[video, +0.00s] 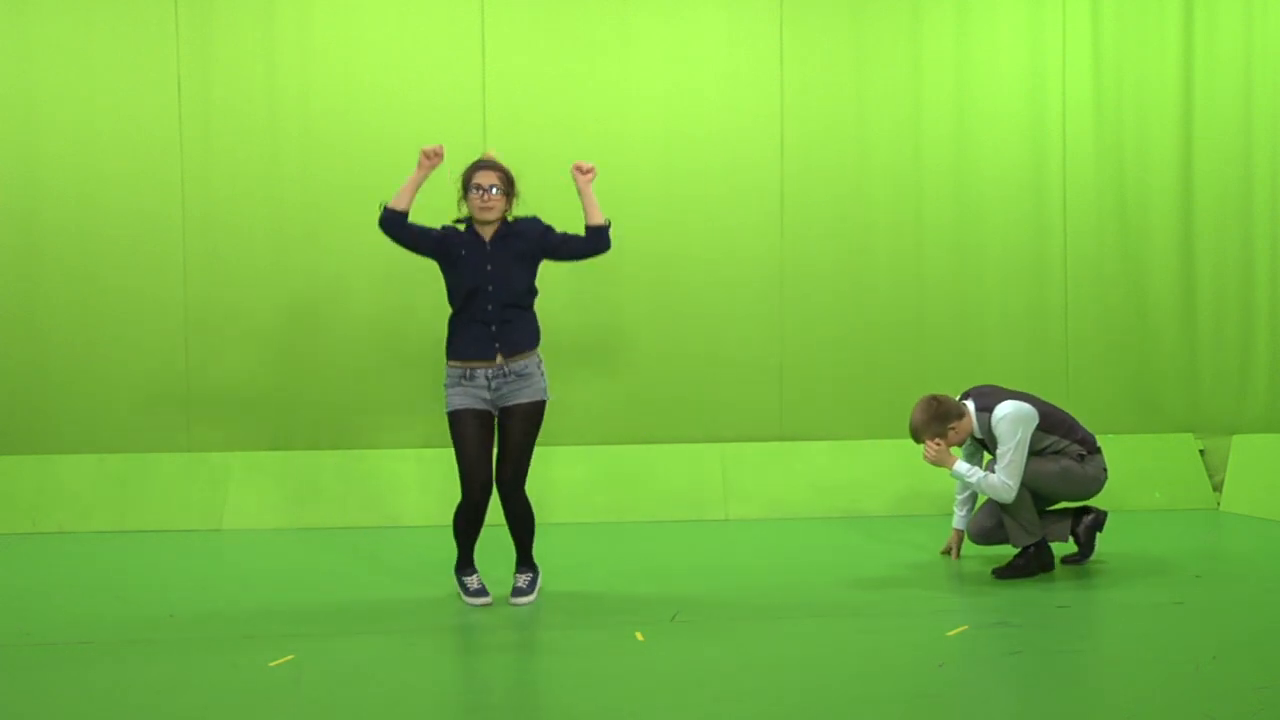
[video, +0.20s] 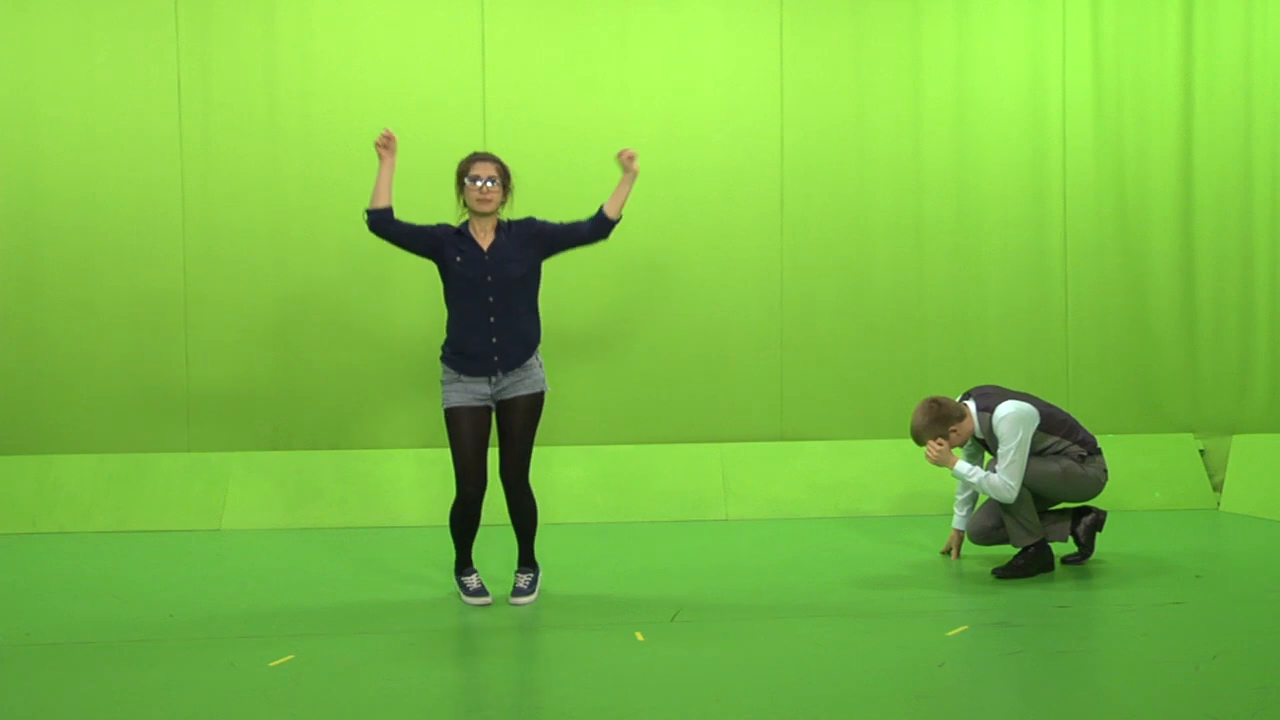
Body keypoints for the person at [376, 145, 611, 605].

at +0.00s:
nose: (485, 195)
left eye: (494, 189)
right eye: (477, 189)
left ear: (508, 198)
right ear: (465, 198)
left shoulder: (529, 237)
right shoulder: (448, 244)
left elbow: (596, 243)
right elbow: (391, 223)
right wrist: (421, 172)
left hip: (523, 375)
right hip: (466, 379)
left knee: (510, 483)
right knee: (477, 488)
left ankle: (525, 567)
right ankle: (466, 567)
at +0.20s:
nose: (484, 187)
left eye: (492, 181)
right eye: (475, 181)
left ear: (505, 191)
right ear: (462, 191)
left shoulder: (529, 235)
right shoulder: (444, 241)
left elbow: (597, 228)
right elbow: (379, 223)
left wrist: (629, 178)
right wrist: (386, 160)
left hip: (521, 374)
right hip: (463, 378)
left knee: (515, 477)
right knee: (471, 485)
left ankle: (527, 567)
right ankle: (465, 568)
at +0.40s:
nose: (479, 159)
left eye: (488, 153)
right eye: (470, 152)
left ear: (499, 162)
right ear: (455, 161)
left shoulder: (520, 197)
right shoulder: (437, 207)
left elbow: (592, 200)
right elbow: (383, 172)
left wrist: (635, 156)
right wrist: (352, 117)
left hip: (515, 340)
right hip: (456, 344)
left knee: (514, 452)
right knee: (466, 458)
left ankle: (532, 551)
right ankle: (458, 561)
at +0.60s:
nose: (473, 209)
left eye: (480, 203)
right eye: (463, 203)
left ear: (492, 212)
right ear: (449, 214)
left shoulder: (516, 253)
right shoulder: (435, 264)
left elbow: (576, 270)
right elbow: (371, 247)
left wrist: (561, 222)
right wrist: (407, 200)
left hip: (513, 391)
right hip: (455, 393)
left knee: (512, 499)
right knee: (470, 499)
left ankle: (521, 572)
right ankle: (466, 578)